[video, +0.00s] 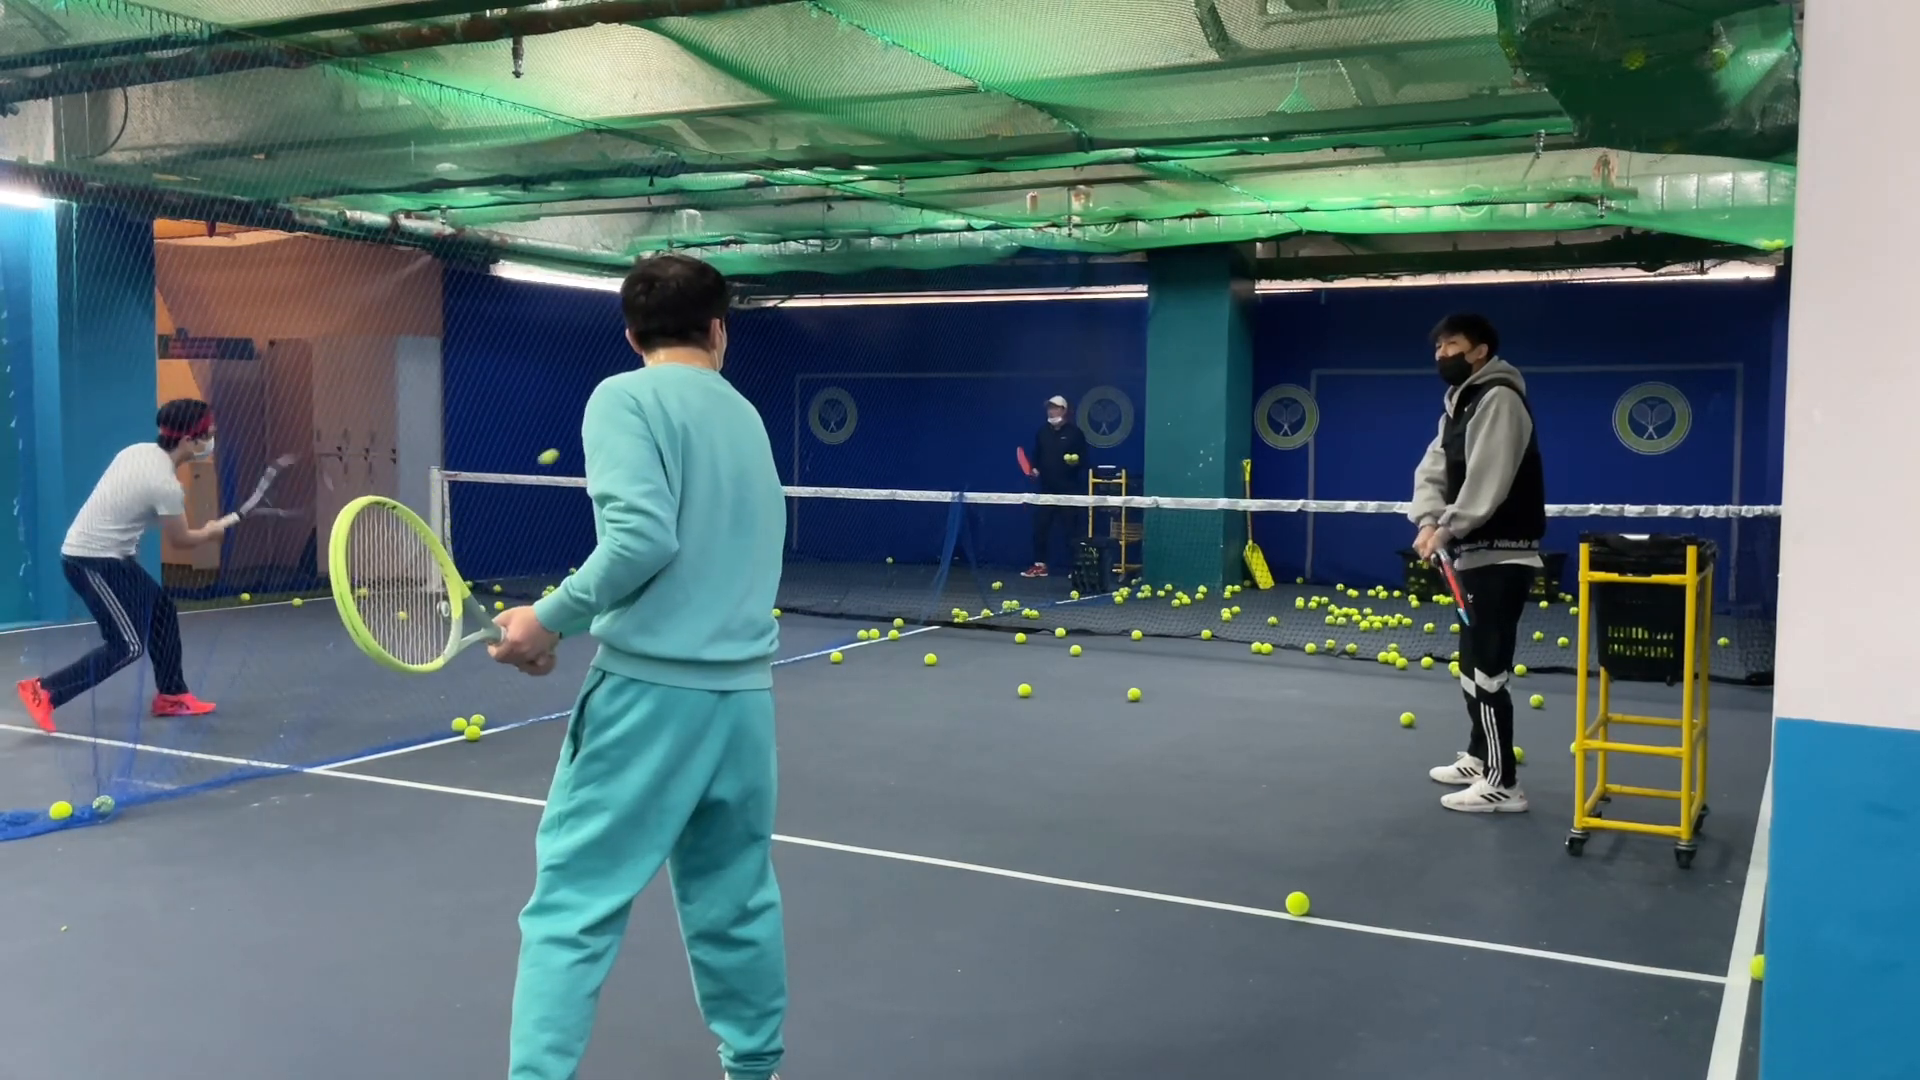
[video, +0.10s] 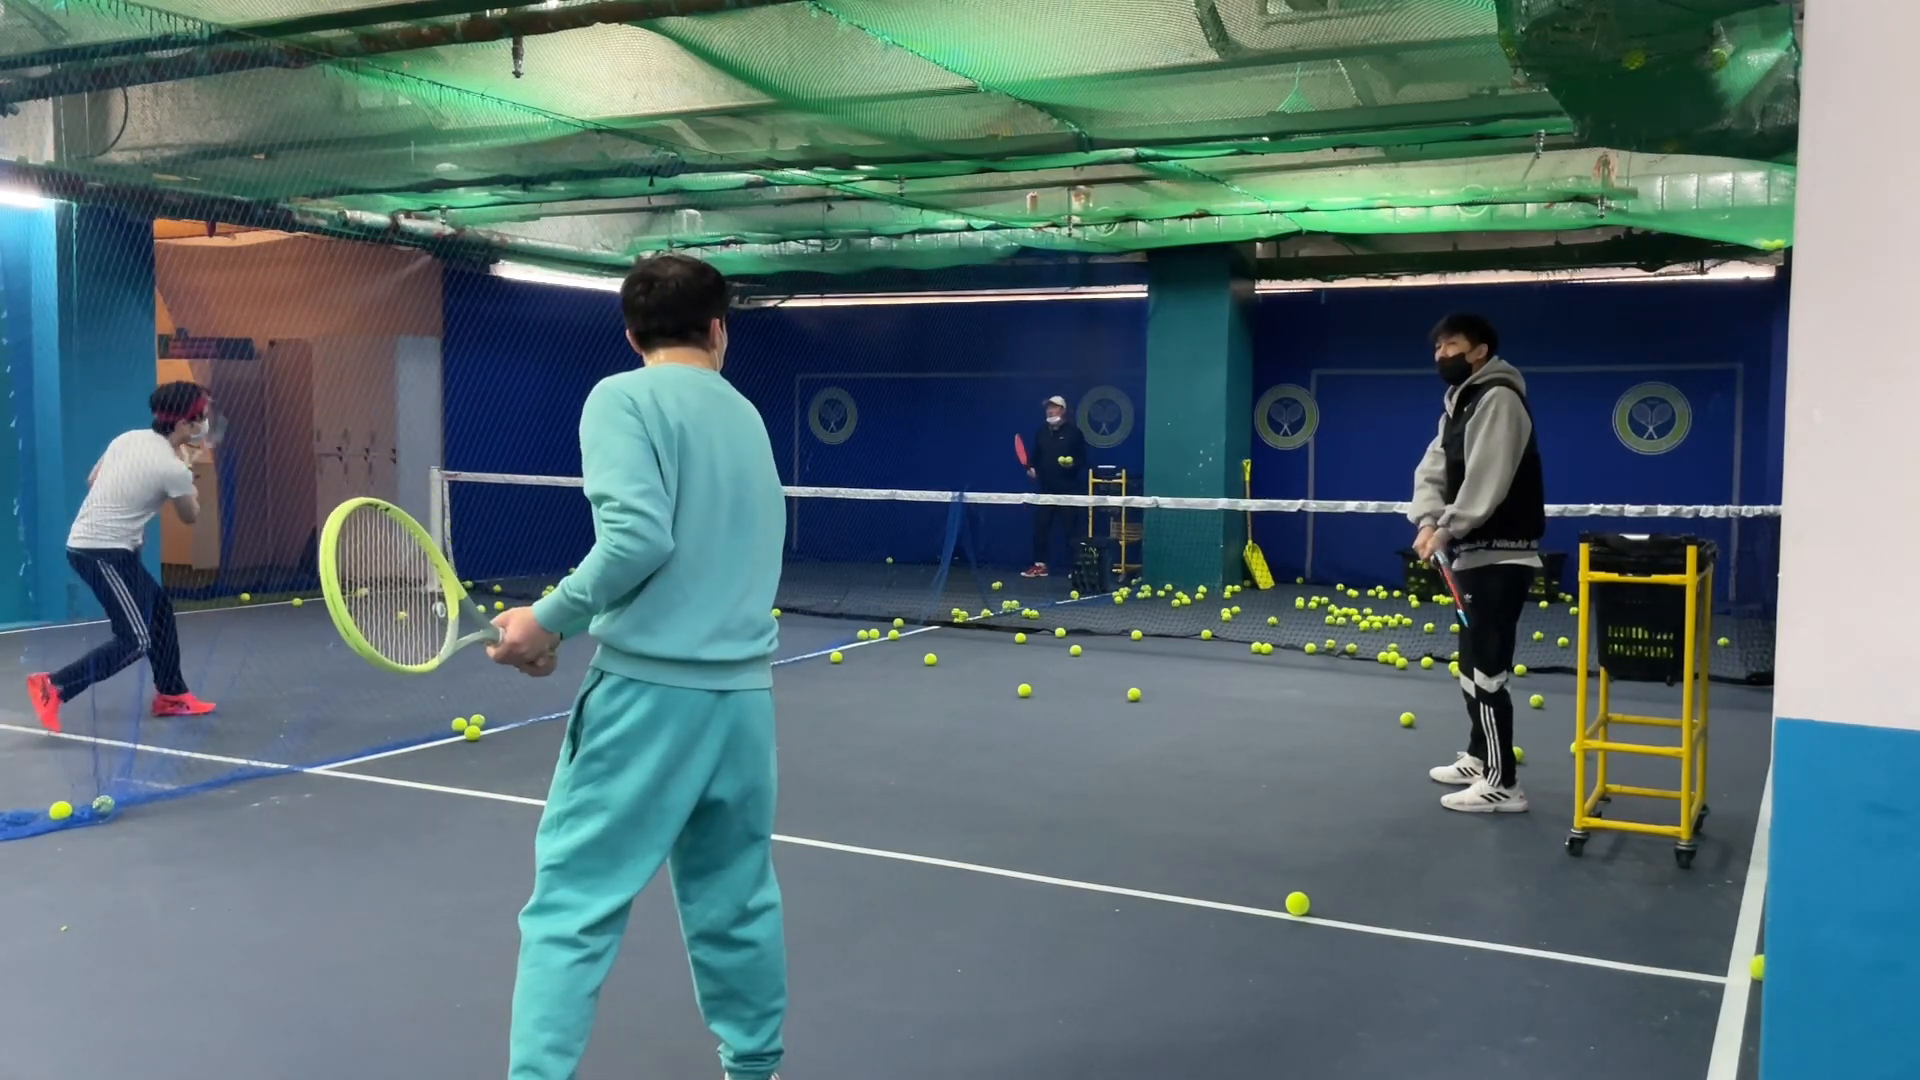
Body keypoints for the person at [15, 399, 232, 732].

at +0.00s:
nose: (208, 442)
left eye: (209, 435)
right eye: (205, 435)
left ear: (169, 432)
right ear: (187, 439)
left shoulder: (137, 451)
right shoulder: (165, 482)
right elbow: (181, 539)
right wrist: (213, 530)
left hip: (113, 555)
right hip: (91, 559)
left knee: (161, 607)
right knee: (129, 646)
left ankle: (171, 694)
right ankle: (44, 692)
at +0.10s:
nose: (202, 426)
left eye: (202, 418)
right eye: (198, 419)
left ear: (163, 417)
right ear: (180, 422)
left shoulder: (128, 438)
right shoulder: (172, 466)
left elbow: (94, 479)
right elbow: (190, 514)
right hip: (101, 549)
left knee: (159, 608)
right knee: (137, 641)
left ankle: (171, 693)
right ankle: (53, 687)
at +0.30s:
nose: (166, 403)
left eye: (165, 396)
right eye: (161, 397)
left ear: (123, 401)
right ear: (144, 404)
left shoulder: (86, 436)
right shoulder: (153, 448)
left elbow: (69, 484)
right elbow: (186, 472)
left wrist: (108, 474)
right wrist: (163, 459)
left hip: (86, 551)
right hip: (118, 552)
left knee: (157, 611)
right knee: (154, 636)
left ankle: (170, 694)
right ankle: (89, 706)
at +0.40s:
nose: (142, 397)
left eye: (141, 390)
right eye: (136, 391)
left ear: (100, 397)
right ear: (118, 397)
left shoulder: (61, 437)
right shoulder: (134, 443)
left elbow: (51, 486)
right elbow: (169, 453)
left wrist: (90, 480)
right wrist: (125, 437)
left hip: (72, 555)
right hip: (110, 552)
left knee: (131, 628)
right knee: (136, 637)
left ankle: (166, 694)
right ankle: (80, 718)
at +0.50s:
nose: (119, 392)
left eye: (117, 384)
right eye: (114, 386)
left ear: (73, 391)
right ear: (98, 394)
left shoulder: (37, 434)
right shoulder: (115, 437)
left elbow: (30, 483)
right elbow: (146, 441)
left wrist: (67, 472)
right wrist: (101, 430)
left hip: (53, 555)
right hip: (97, 550)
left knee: (104, 630)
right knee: (131, 633)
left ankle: (144, 691)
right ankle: (78, 719)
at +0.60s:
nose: (93, 383)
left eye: (91, 376)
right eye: (89, 378)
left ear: (47, 385)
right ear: (76, 388)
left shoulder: (14, 428)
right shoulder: (95, 431)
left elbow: (9, 480)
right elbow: (126, 436)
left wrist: (32, 485)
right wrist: (94, 427)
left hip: (36, 551)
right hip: (80, 547)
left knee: (75, 622)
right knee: (116, 627)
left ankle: (95, 701)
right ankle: (77, 720)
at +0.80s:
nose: (31, 382)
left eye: (28, 376)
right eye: (27, 376)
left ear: (3, 382)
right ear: (17, 382)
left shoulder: (14, 421)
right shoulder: (30, 425)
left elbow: (79, 434)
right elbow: (81, 434)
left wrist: (38, 429)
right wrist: (40, 433)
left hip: (9, 547)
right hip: (30, 546)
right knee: (84, 626)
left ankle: (75, 721)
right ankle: (76, 722)